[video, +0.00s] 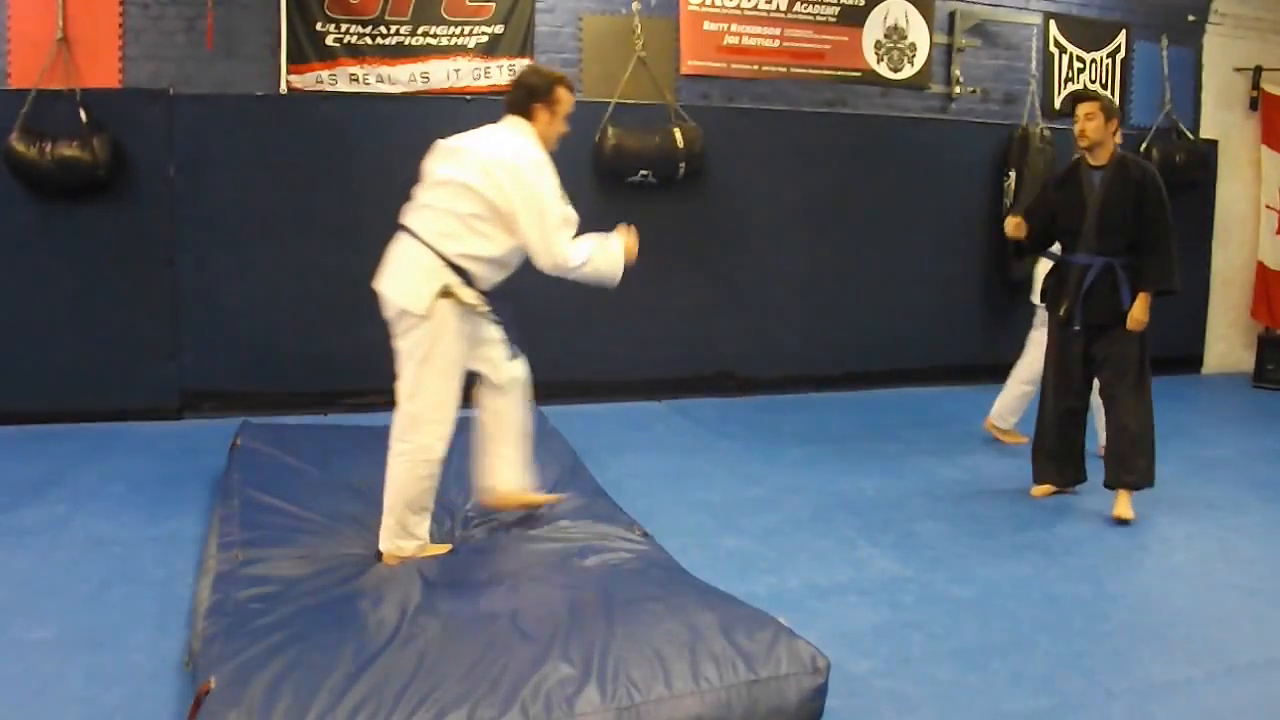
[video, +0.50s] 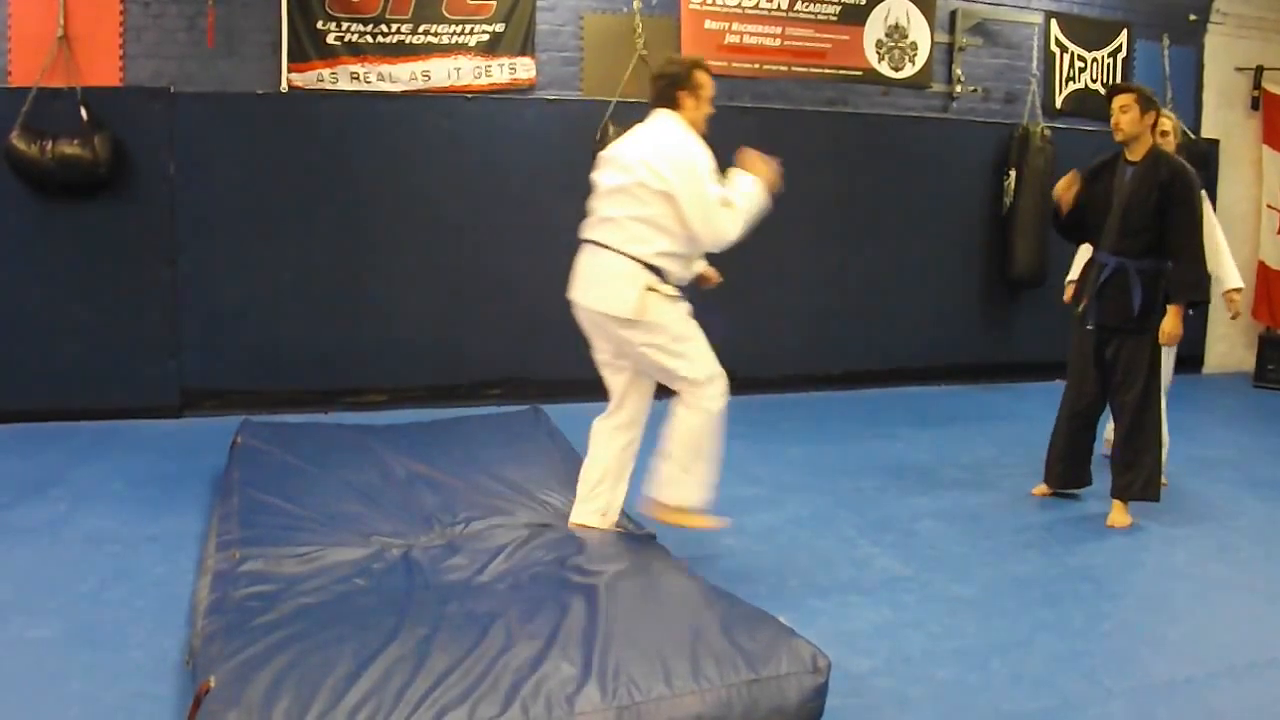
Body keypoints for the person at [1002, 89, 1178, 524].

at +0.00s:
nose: (1080, 126)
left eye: (1089, 119)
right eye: (1077, 119)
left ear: (1113, 126)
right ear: (1074, 126)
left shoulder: (1141, 176)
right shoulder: (1067, 177)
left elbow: (1157, 243)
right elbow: (1041, 225)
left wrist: (1144, 296)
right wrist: (1022, 227)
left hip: (1121, 295)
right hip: (1072, 292)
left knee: (1123, 392)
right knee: (1063, 387)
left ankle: (1124, 486)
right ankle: (1057, 473)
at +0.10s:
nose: (1088, 125)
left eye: (1097, 118)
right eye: (1085, 119)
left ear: (1122, 125)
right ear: (1082, 127)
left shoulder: (1149, 177)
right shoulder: (1073, 178)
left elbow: (1164, 244)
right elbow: (1049, 240)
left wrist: (1147, 297)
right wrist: (1038, 215)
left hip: (1122, 298)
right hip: (1074, 293)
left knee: (1120, 394)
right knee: (1063, 388)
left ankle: (1119, 494)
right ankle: (1057, 473)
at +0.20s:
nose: (1099, 121)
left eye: (1108, 114)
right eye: (1095, 115)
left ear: (1131, 120)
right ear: (1092, 124)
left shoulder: (1158, 175)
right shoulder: (1081, 173)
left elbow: (1170, 244)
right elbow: (1060, 237)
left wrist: (1155, 299)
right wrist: (1049, 213)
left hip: (1128, 297)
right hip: (1078, 292)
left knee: (1122, 394)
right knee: (1064, 386)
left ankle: (1120, 493)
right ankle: (1059, 472)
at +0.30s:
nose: (1106, 121)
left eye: (1115, 113)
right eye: (1104, 114)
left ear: (1140, 119)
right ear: (1103, 122)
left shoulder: (1167, 175)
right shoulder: (1094, 170)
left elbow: (1176, 247)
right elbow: (1070, 226)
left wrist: (1163, 304)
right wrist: (1050, 217)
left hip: (1134, 298)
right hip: (1086, 292)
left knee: (1126, 398)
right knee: (1069, 389)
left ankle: (1120, 495)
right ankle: (1061, 474)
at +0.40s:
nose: (1111, 119)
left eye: (1120, 112)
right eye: (1108, 113)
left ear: (1145, 119)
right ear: (1107, 122)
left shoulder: (1171, 176)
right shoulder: (1096, 171)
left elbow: (1183, 247)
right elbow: (1073, 234)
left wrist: (1172, 306)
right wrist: (1063, 199)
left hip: (1139, 296)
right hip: (1091, 289)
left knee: (1130, 398)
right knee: (1075, 390)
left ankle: (1120, 497)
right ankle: (1059, 476)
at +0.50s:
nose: (1116, 119)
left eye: (1125, 111)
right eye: (1113, 113)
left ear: (1150, 117)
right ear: (1113, 121)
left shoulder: (1177, 176)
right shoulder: (1105, 171)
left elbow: (1187, 248)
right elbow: (1083, 233)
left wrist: (1176, 308)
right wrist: (1065, 205)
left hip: (1143, 298)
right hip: (1097, 291)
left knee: (1133, 401)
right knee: (1080, 391)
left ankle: (1122, 497)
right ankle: (1062, 477)